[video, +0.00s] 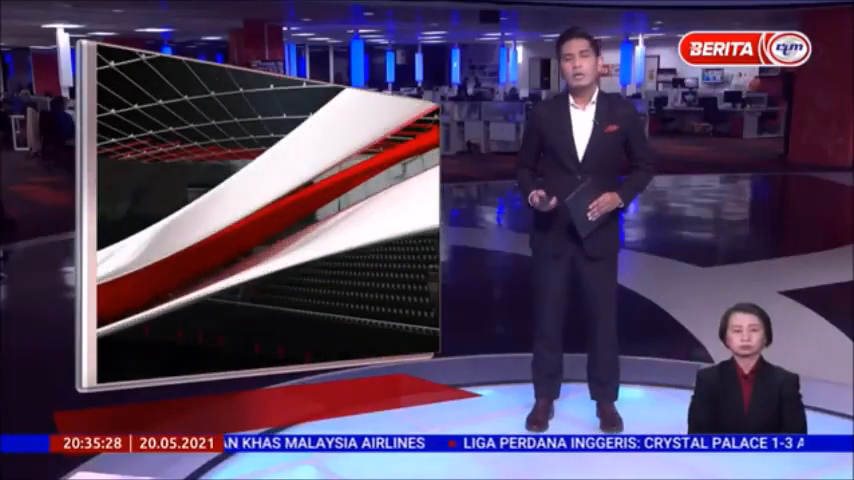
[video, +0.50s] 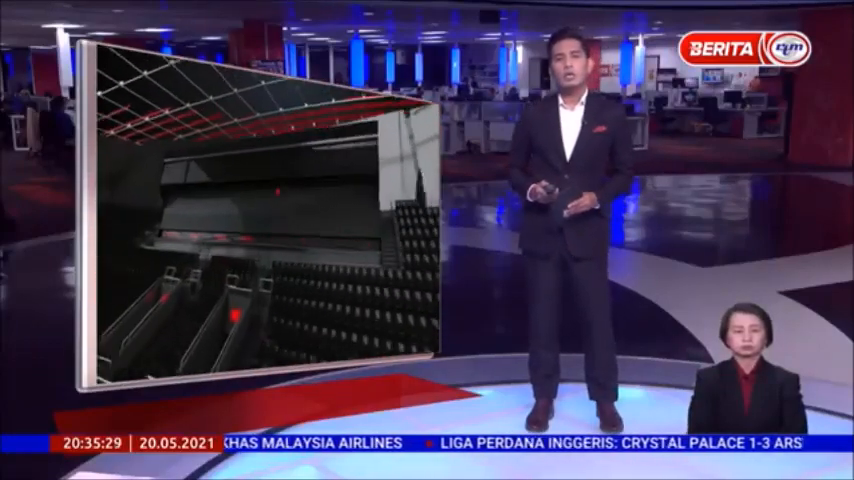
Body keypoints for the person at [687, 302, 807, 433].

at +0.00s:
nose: (745, 338)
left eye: (754, 330)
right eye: (737, 330)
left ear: (766, 337)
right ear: (725, 339)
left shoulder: (785, 382)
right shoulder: (708, 379)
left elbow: (796, 438)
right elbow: (698, 435)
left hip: (771, 465)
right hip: (719, 463)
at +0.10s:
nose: (745, 338)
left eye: (754, 330)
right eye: (737, 330)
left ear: (766, 337)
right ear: (725, 339)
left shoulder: (785, 382)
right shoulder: (708, 379)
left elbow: (796, 438)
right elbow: (698, 435)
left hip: (771, 465)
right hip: (720, 463)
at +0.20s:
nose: (746, 338)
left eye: (754, 330)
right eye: (737, 331)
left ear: (766, 337)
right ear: (726, 339)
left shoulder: (785, 382)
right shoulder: (708, 379)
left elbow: (796, 438)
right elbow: (698, 436)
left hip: (771, 465)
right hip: (719, 463)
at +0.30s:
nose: (747, 338)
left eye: (755, 330)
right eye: (738, 331)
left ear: (766, 337)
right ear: (726, 339)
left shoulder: (786, 382)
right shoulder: (708, 379)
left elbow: (796, 437)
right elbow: (698, 435)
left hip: (772, 465)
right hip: (720, 464)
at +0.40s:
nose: (747, 338)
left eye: (755, 330)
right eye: (738, 331)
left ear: (766, 337)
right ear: (726, 339)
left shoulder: (786, 382)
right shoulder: (708, 379)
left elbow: (796, 437)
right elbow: (697, 436)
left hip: (771, 465)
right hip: (719, 463)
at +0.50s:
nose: (747, 338)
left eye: (755, 330)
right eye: (738, 331)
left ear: (766, 337)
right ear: (726, 339)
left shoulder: (786, 382)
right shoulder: (708, 379)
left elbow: (797, 437)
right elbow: (697, 435)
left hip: (771, 465)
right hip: (719, 463)